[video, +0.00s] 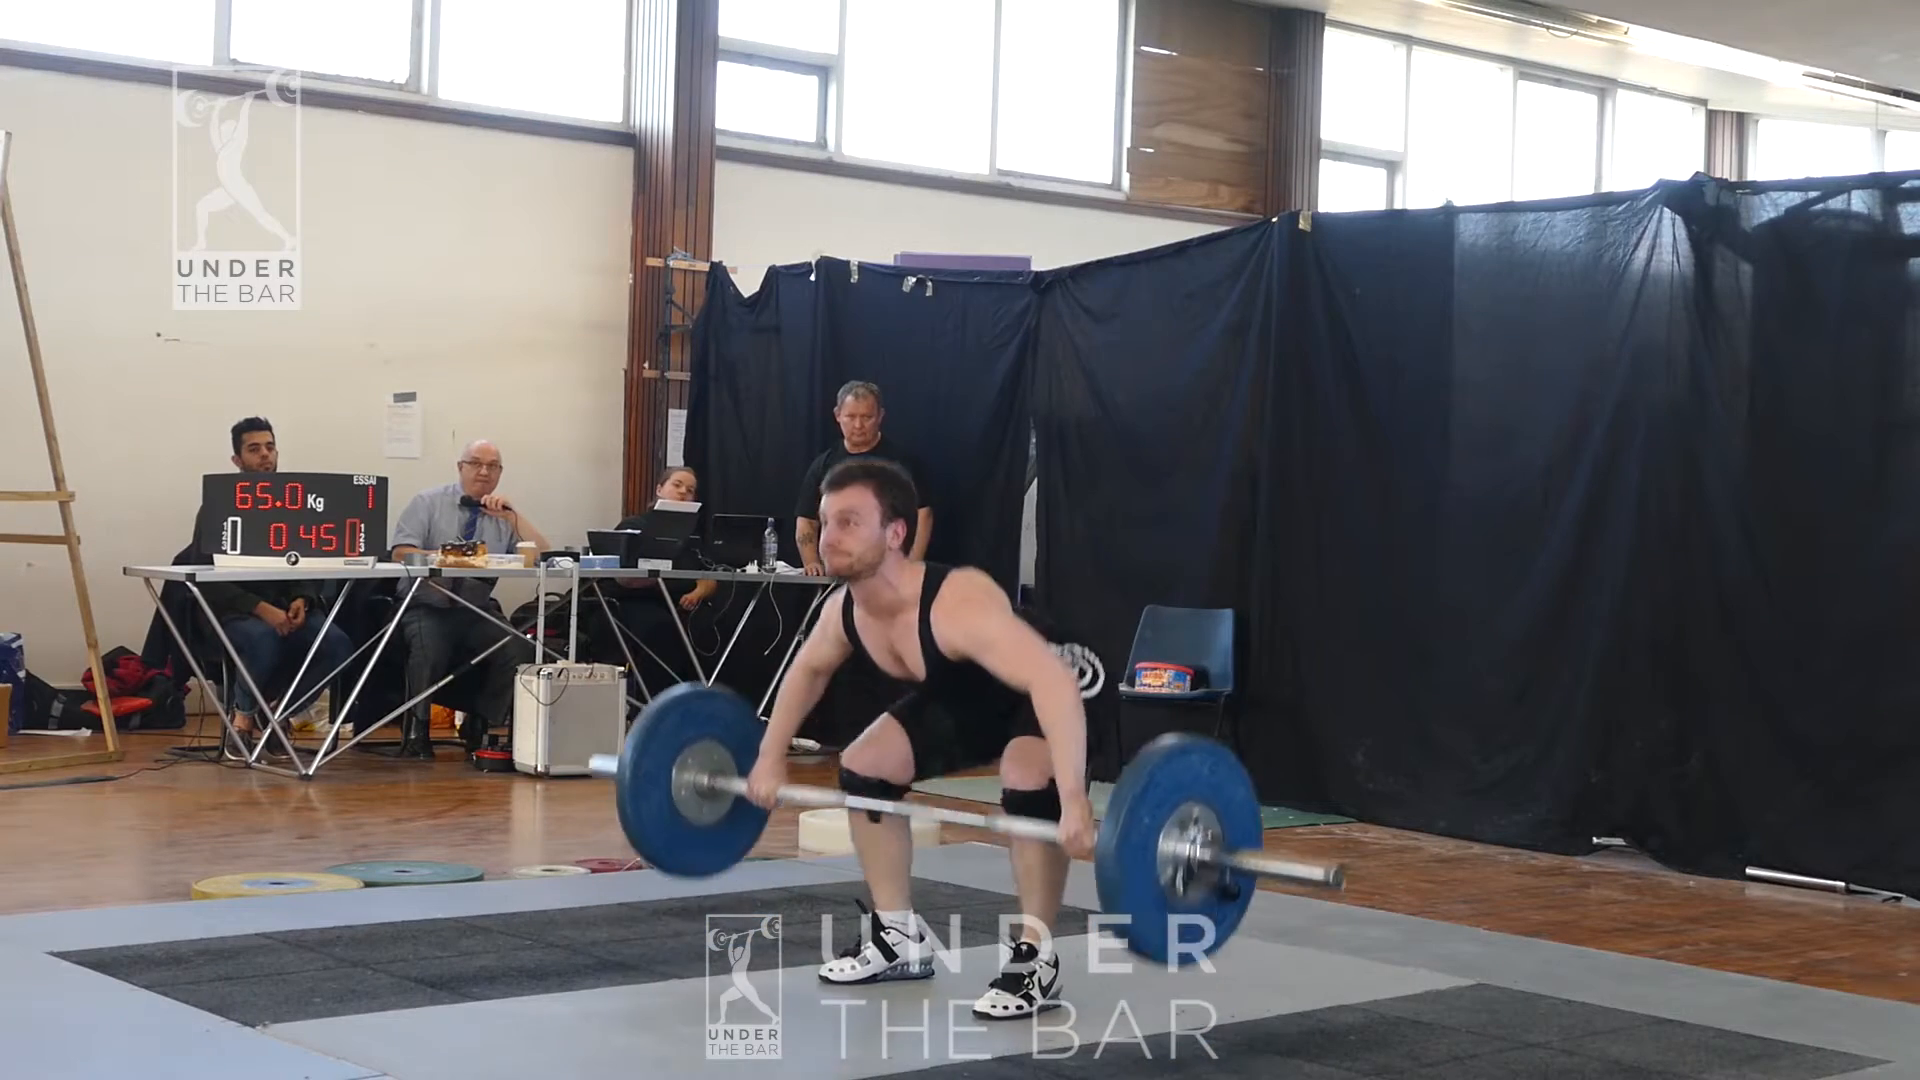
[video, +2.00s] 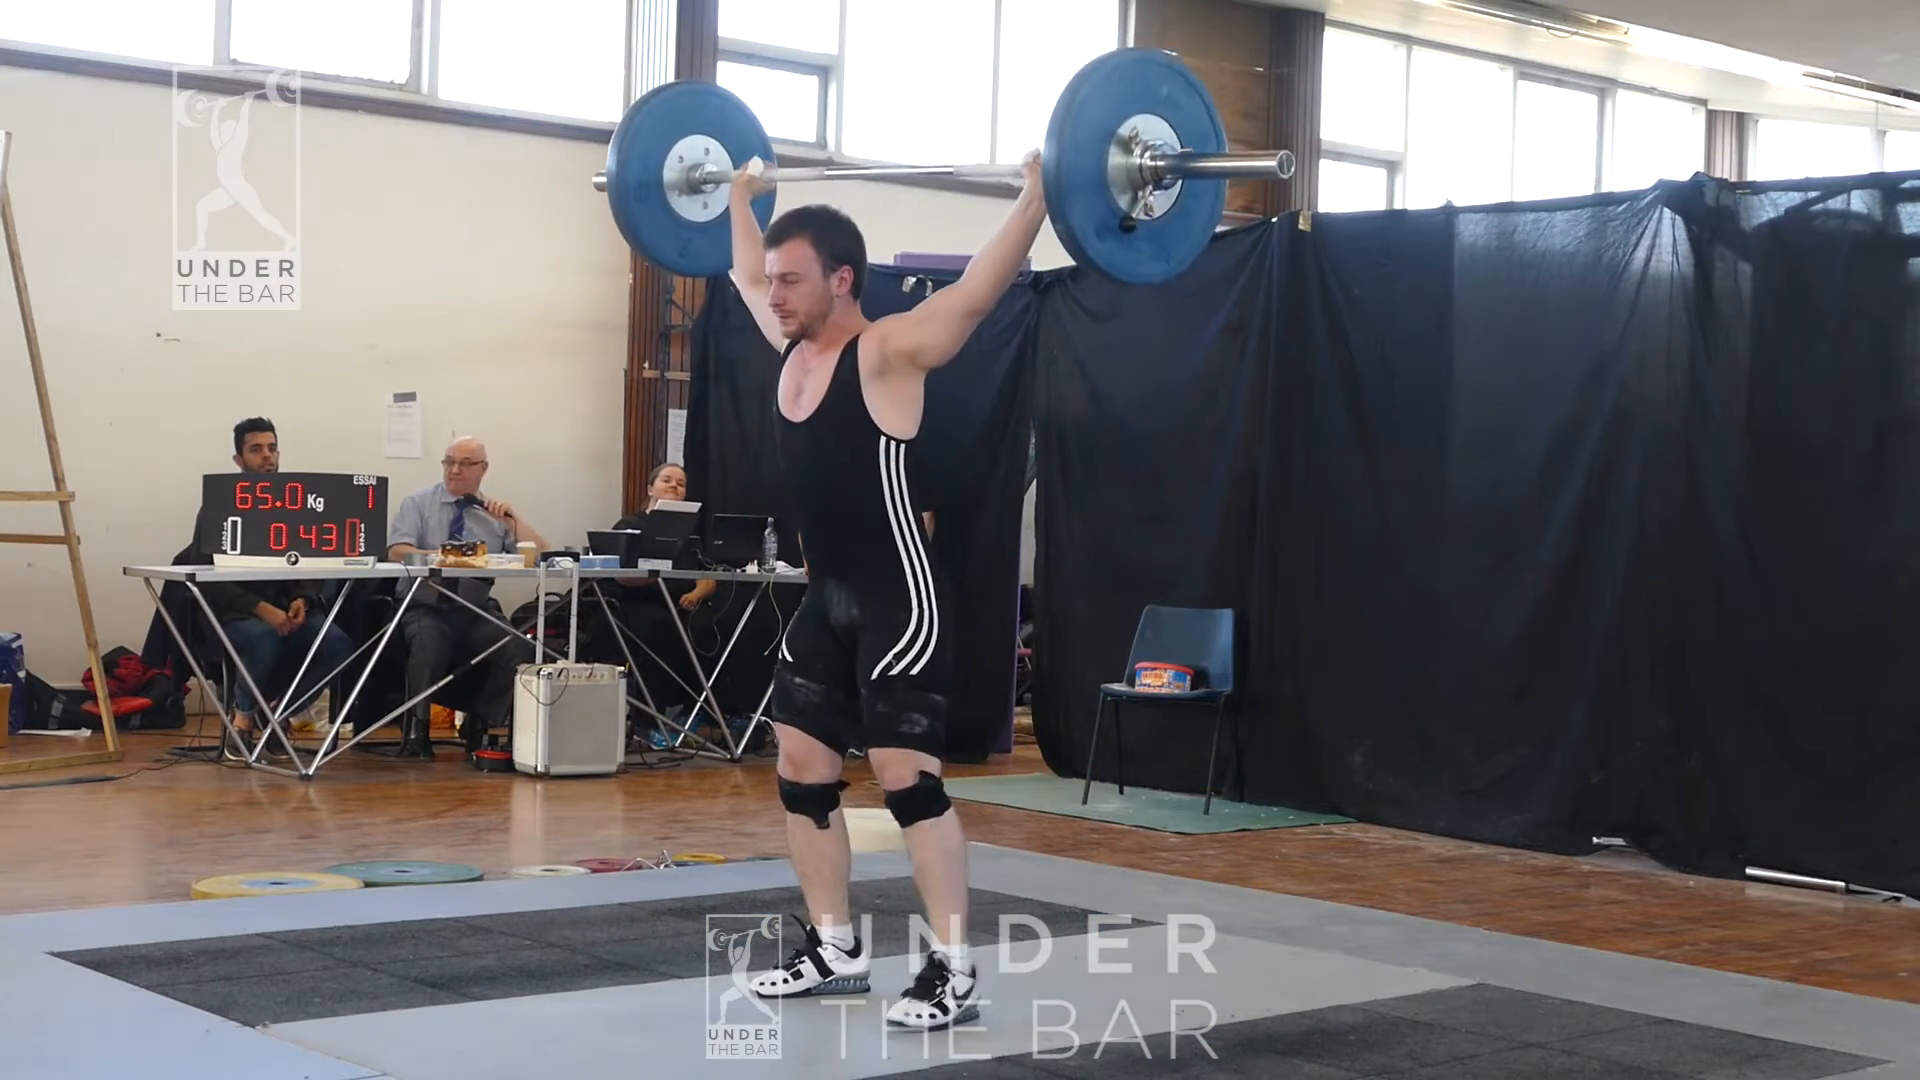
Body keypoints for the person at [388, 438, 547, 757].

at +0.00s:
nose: (484, 472)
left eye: (492, 466)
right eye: (475, 464)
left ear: (500, 473)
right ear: (460, 468)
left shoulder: (503, 516)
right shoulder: (428, 502)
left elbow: (544, 554)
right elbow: (401, 551)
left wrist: (514, 516)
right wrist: (441, 560)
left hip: (478, 609)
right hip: (428, 605)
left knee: (517, 652)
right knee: (429, 651)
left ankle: (477, 726)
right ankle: (417, 730)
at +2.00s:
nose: (455, 470)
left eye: (465, 464)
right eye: (449, 463)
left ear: (483, 470)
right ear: (442, 465)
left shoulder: (495, 516)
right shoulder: (418, 503)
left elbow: (540, 553)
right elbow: (397, 550)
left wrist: (513, 519)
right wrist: (436, 559)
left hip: (476, 607)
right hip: (426, 604)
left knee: (516, 650)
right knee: (430, 646)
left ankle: (478, 727)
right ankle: (417, 732)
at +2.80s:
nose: (408, 468)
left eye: (418, 462)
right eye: (403, 461)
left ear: (439, 465)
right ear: (397, 463)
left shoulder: (467, 503)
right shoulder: (386, 500)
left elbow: (520, 540)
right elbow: (385, 546)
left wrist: (508, 549)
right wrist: (440, 555)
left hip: (465, 605)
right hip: (413, 608)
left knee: (510, 651)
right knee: (442, 657)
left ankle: (478, 724)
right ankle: (440, 718)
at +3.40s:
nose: (402, 468)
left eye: (412, 461)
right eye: (397, 460)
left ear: (433, 464)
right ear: (391, 462)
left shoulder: (461, 499)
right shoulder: (380, 501)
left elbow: (508, 533)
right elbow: (367, 554)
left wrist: (504, 547)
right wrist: (404, 535)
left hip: (461, 599)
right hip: (409, 604)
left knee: (503, 657)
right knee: (445, 659)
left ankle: (479, 727)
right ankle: (444, 721)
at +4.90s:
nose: (379, 471)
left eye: (388, 463)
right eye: (374, 463)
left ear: (411, 465)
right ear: (370, 465)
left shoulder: (442, 498)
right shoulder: (367, 506)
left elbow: (490, 525)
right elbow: (354, 551)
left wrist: (504, 542)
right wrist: (406, 552)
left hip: (456, 597)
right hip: (406, 605)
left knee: (503, 653)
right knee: (444, 660)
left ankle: (480, 727)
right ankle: (446, 723)